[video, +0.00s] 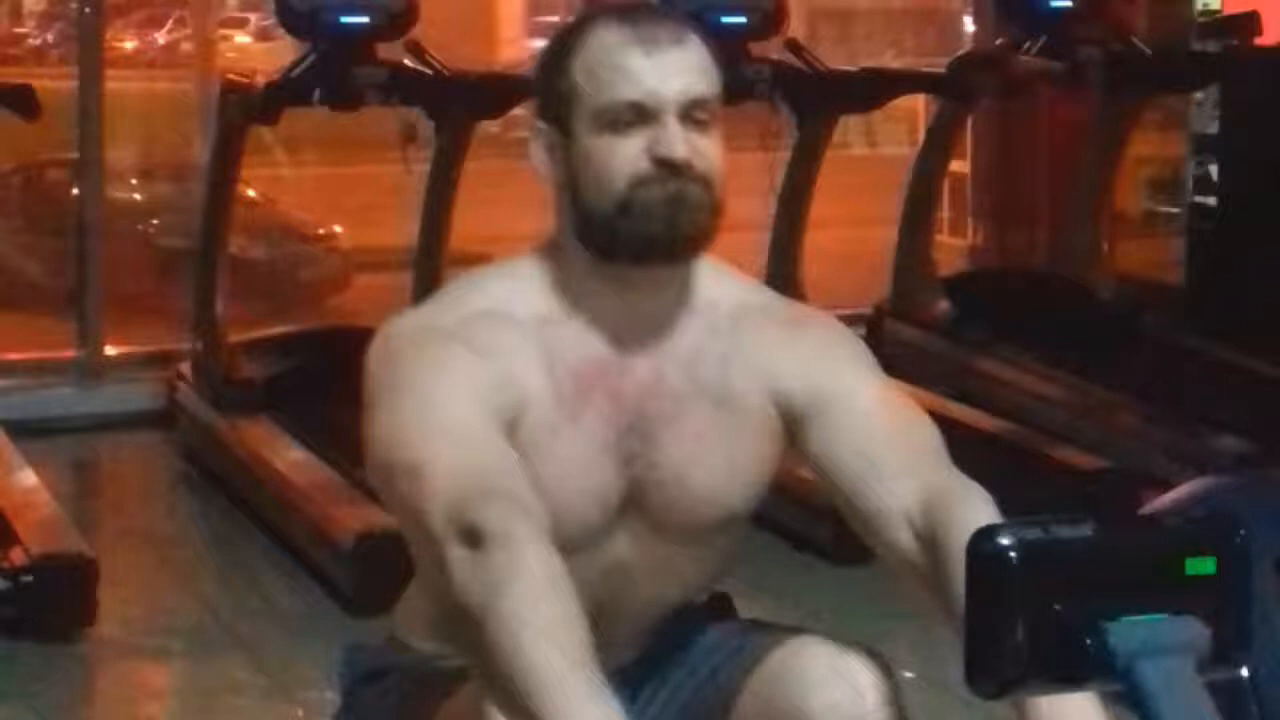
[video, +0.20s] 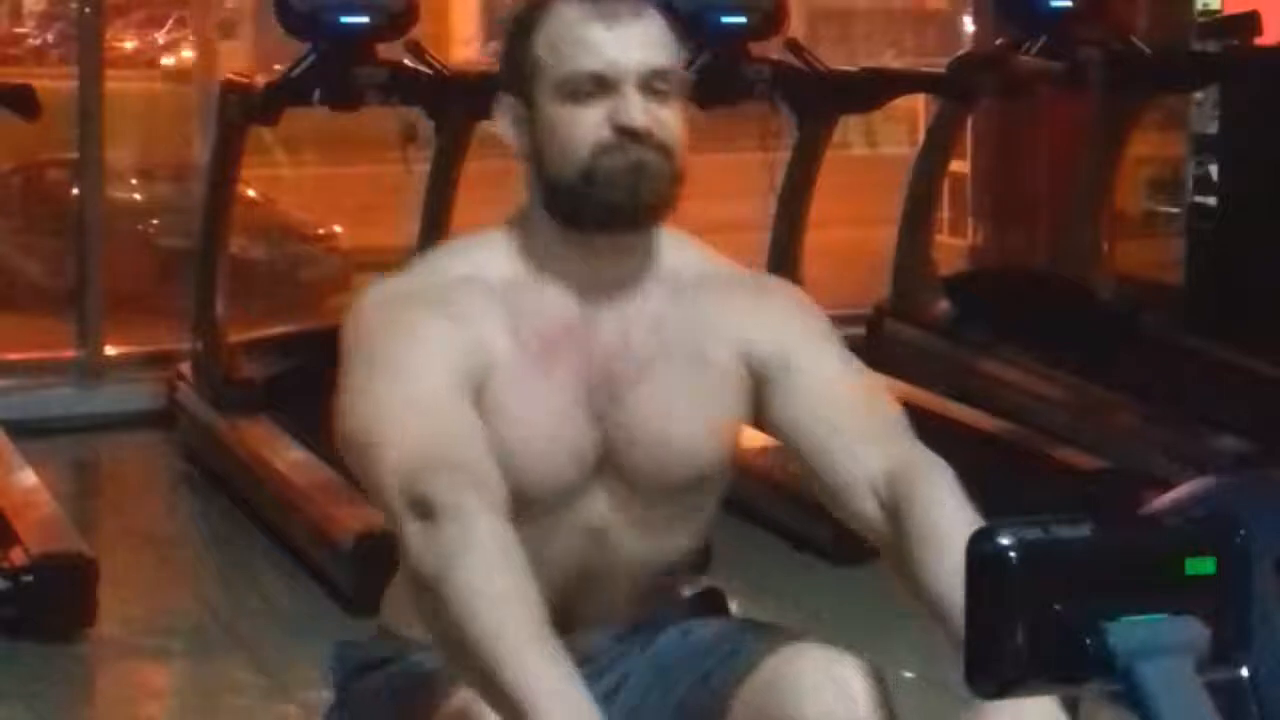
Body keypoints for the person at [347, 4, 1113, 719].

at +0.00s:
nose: (673, 149)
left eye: (697, 118)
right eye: (626, 121)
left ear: (724, 140)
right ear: (548, 153)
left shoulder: (792, 344)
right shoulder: (439, 352)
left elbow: (934, 513)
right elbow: (495, 554)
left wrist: (1062, 683)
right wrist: (589, 713)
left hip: (656, 659)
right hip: (450, 667)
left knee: (841, 687)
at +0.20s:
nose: (632, 118)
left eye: (657, 90)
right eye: (587, 91)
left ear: (687, 114)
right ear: (515, 122)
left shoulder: (756, 312)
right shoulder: (415, 316)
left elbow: (897, 485)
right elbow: (448, 518)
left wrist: (1025, 680)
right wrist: (561, 711)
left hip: (659, 647)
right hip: (450, 657)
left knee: (831, 688)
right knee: (475, 710)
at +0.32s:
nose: (571, 77)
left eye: (591, 53)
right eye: (527, 55)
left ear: (619, 82)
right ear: (458, 89)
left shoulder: (699, 267)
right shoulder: (378, 275)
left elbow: (831, 419)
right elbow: (394, 463)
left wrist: (926, 567)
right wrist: (514, 618)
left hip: (626, 629)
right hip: (425, 634)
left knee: (811, 691)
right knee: (480, 710)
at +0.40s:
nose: (544, 66)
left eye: (568, 41)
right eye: (503, 44)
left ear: (600, 70)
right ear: (436, 78)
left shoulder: (672, 249)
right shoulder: (359, 262)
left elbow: (801, 399)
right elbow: (354, 440)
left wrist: (886, 542)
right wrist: (476, 591)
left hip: (618, 626)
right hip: (412, 633)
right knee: (471, 705)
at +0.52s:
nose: (516, 76)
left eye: (537, 50)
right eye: (476, 52)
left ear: (566, 70)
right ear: (412, 76)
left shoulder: (640, 242)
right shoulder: (335, 257)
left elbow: (769, 389)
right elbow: (289, 434)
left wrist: (822, 502)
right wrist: (423, 546)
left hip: (601, 624)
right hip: (413, 631)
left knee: (733, 710)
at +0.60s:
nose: (502, 94)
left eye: (524, 70)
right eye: (466, 72)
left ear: (548, 88)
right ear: (401, 91)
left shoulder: (610, 247)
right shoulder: (324, 260)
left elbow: (741, 400)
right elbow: (228, 456)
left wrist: (760, 474)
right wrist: (361, 506)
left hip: (601, 622)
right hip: (410, 635)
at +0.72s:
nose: (507, 104)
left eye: (526, 79)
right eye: (470, 79)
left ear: (551, 96)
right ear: (404, 98)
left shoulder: (591, 246)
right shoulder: (321, 260)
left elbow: (690, 406)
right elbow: (189, 446)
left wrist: (697, 476)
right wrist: (315, 503)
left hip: (611, 616)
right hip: (421, 629)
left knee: (741, 708)